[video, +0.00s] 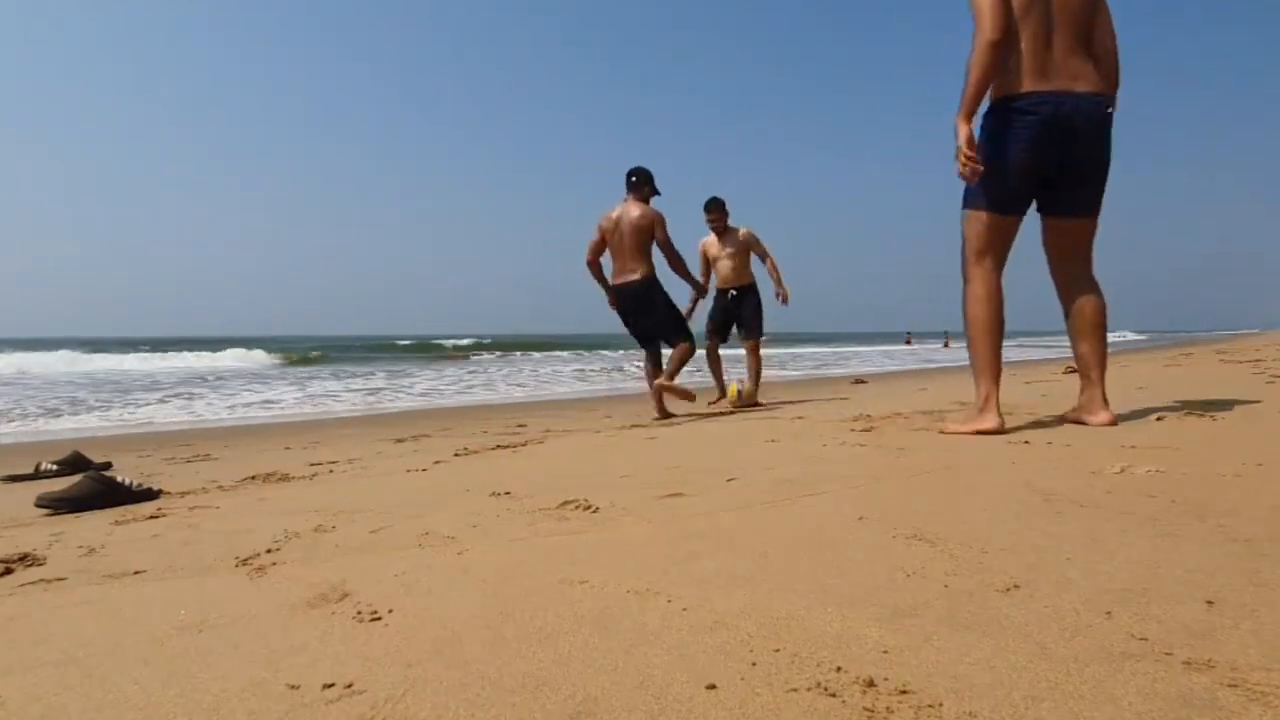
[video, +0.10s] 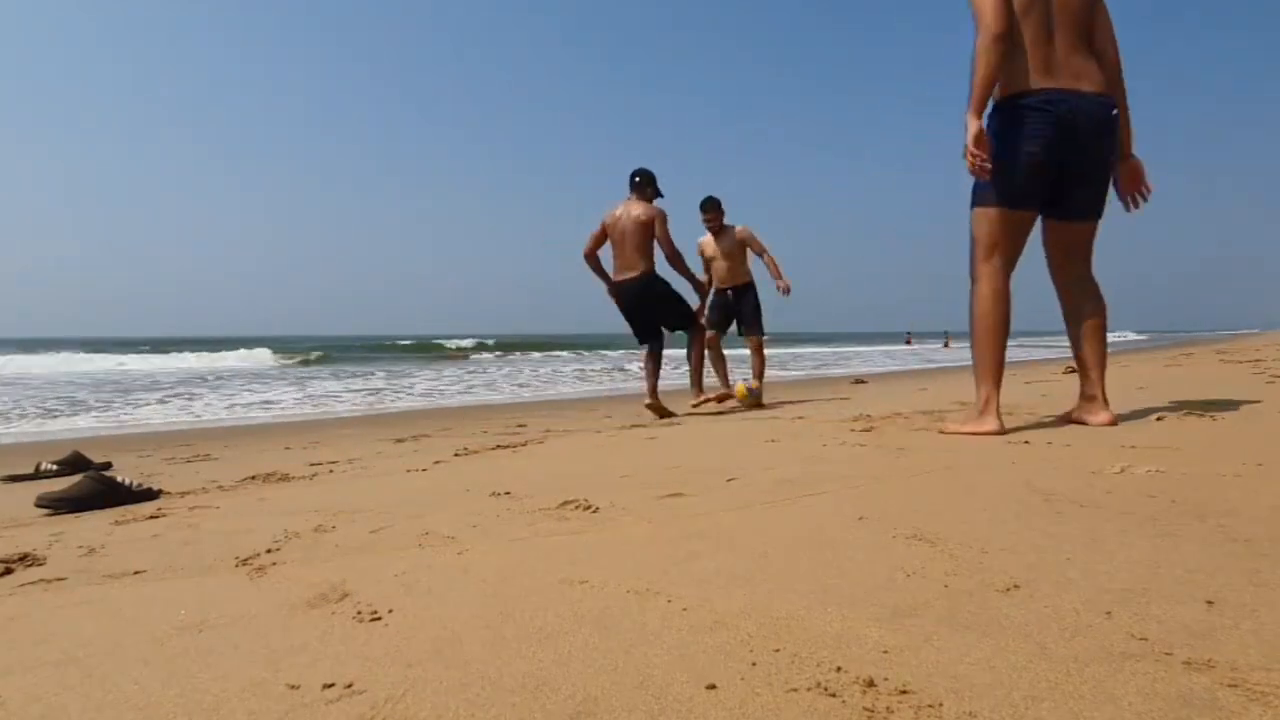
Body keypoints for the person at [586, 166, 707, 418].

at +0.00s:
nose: (653, 194)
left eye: (652, 189)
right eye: (650, 189)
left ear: (629, 188)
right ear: (640, 188)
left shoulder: (609, 219)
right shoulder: (650, 215)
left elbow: (592, 259)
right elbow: (670, 255)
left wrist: (608, 290)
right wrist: (694, 283)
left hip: (619, 290)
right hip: (645, 285)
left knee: (651, 349)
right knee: (685, 343)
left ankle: (660, 408)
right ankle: (667, 378)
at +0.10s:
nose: (657, 193)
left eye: (656, 188)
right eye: (654, 188)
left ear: (633, 187)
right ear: (642, 186)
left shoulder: (612, 216)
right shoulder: (653, 213)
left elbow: (589, 253)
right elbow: (670, 253)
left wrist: (609, 282)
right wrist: (694, 282)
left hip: (621, 287)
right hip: (646, 282)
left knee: (653, 340)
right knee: (695, 328)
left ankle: (652, 397)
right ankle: (697, 393)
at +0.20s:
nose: (654, 202)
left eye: (653, 197)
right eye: (652, 197)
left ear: (629, 197)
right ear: (642, 196)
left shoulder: (611, 225)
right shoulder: (653, 216)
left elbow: (595, 267)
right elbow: (671, 252)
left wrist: (614, 296)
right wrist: (699, 282)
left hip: (628, 294)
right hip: (654, 289)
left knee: (652, 346)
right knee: (693, 333)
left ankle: (647, 406)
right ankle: (715, 385)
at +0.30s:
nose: (654, 210)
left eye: (653, 205)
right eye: (651, 205)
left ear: (629, 205)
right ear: (644, 204)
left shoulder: (611, 233)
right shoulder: (654, 225)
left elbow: (602, 276)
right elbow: (681, 256)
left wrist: (616, 303)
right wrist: (706, 278)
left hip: (630, 304)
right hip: (657, 299)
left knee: (651, 353)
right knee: (692, 336)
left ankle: (649, 406)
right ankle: (690, 391)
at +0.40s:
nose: (655, 216)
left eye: (655, 212)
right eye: (653, 211)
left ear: (633, 208)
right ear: (644, 207)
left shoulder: (613, 235)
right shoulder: (657, 228)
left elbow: (603, 275)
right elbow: (690, 253)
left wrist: (618, 296)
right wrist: (700, 276)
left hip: (628, 303)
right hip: (654, 299)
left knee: (646, 350)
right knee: (674, 346)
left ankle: (647, 397)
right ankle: (673, 401)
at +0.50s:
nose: (659, 222)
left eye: (658, 218)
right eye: (656, 217)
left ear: (635, 216)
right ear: (645, 215)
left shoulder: (614, 240)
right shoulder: (658, 237)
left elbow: (604, 277)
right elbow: (687, 260)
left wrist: (619, 293)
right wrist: (670, 275)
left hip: (622, 306)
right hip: (649, 303)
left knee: (641, 353)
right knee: (671, 350)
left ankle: (625, 403)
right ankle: (675, 403)